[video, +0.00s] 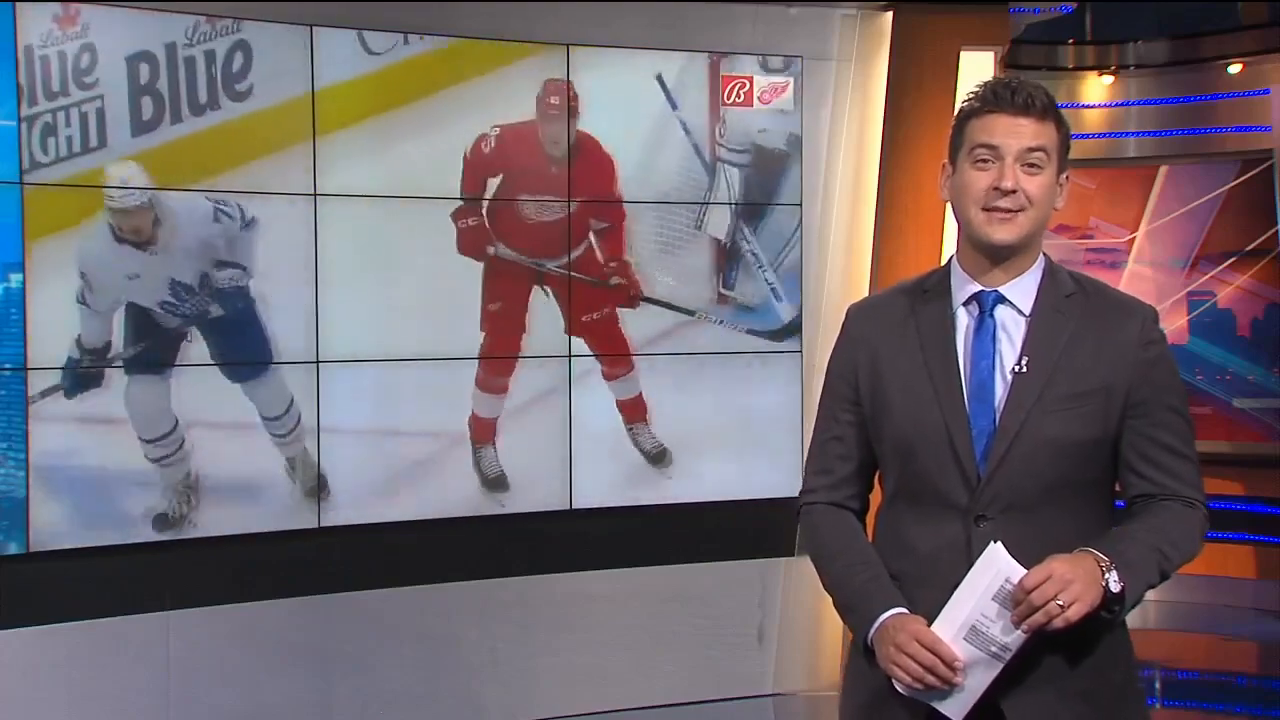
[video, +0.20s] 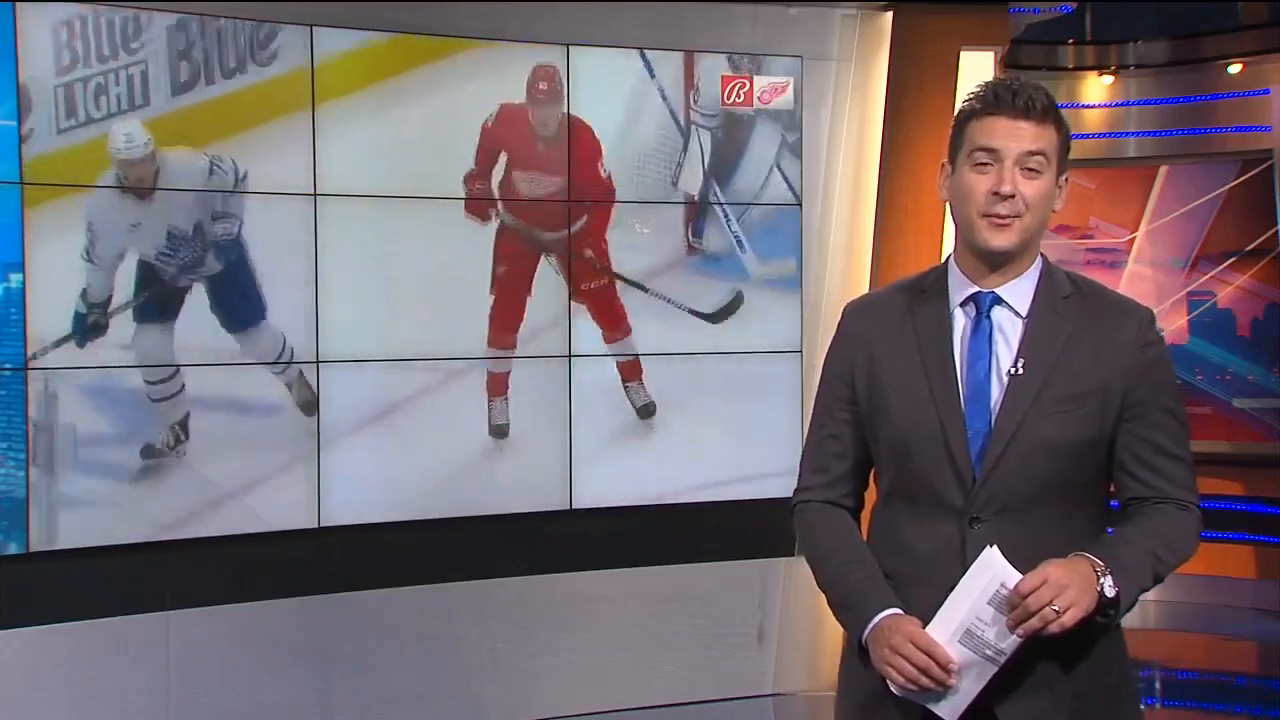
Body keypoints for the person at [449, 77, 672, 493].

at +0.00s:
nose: (554, 130)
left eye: (563, 121)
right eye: (548, 120)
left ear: (575, 121)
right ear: (537, 119)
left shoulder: (595, 160)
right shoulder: (504, 143)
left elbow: (609, 222)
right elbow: (475, 166)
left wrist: (619, 267)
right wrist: (470, 218)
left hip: (573, 254)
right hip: (510, 253)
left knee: (611, 340)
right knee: (501, 347)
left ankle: (639, 427)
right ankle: (484, 443)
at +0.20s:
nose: (544, 112)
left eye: (551, 103)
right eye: (537, 103)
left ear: (563, 103)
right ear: (527, 103)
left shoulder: (581, 137)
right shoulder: (506, 121)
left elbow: (604, 196)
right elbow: (482, 162)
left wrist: (582, 240)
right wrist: (478, 193)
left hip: (573, 227)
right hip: (518, 225)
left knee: (607, 305)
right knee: (506, 310)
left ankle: (634, 381)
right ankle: (498, 396)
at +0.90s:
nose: (461, 167)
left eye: (466, 162)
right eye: (456, 162)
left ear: (474, 158)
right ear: (448, 157)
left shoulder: (482, 176)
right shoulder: (425, 163)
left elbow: (492, 228)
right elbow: (408, 201)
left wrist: (474, 253)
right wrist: (424, 237)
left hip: (468, 215)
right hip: (430, 212)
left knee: (464, 259)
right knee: (392, 250)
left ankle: (453, 316)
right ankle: (358, 291)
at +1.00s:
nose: (457, 180)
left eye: (463, 175)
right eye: (453, 174)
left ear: (473, 172)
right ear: (447, 167)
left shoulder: (477, 190)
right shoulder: (429, 173)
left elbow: (472, 249)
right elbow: (407, 219)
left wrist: (441, 279)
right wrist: (419, 262)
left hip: (453, 226)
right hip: (417, 217)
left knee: (452, 271)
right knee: (379, 251)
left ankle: (429, 327)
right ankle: (346, 302)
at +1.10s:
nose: (464, 180)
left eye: (470, 175)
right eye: (461, 174)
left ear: (478, 172)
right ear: (453, 167)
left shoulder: (477, 199)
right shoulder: (434, 169)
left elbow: (459, 248)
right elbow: (413, 216)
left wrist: (436, 284)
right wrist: (423, 258)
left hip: (447, 220)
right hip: (413, 206)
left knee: (454, 271)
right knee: (392, 257)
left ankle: (423, 324)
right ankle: (351, 316)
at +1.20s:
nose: (491, 158)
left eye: (497, 154)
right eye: (488, 150)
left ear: (504, 154)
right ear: (480, 145)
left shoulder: (500, 182)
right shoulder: (457, 150)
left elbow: (479, 225)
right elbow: (420, 182)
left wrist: (443, 264)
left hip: (458, 217)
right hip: (422, 202)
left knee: (479, 255)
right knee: (398, 253)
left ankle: (435, 319)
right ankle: (354, 308)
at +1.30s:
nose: (524, 132)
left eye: (531, 128)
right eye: (523, 123)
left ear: (537, 129)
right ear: (515, 116)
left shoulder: (531, 155)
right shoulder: (488, 113)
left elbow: (517, 190)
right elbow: (447, 108)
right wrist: (453, 143)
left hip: (487, 196)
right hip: (449, 180)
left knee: (502, 245)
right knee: (418, 233)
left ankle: (455, 303)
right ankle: (363, 297)